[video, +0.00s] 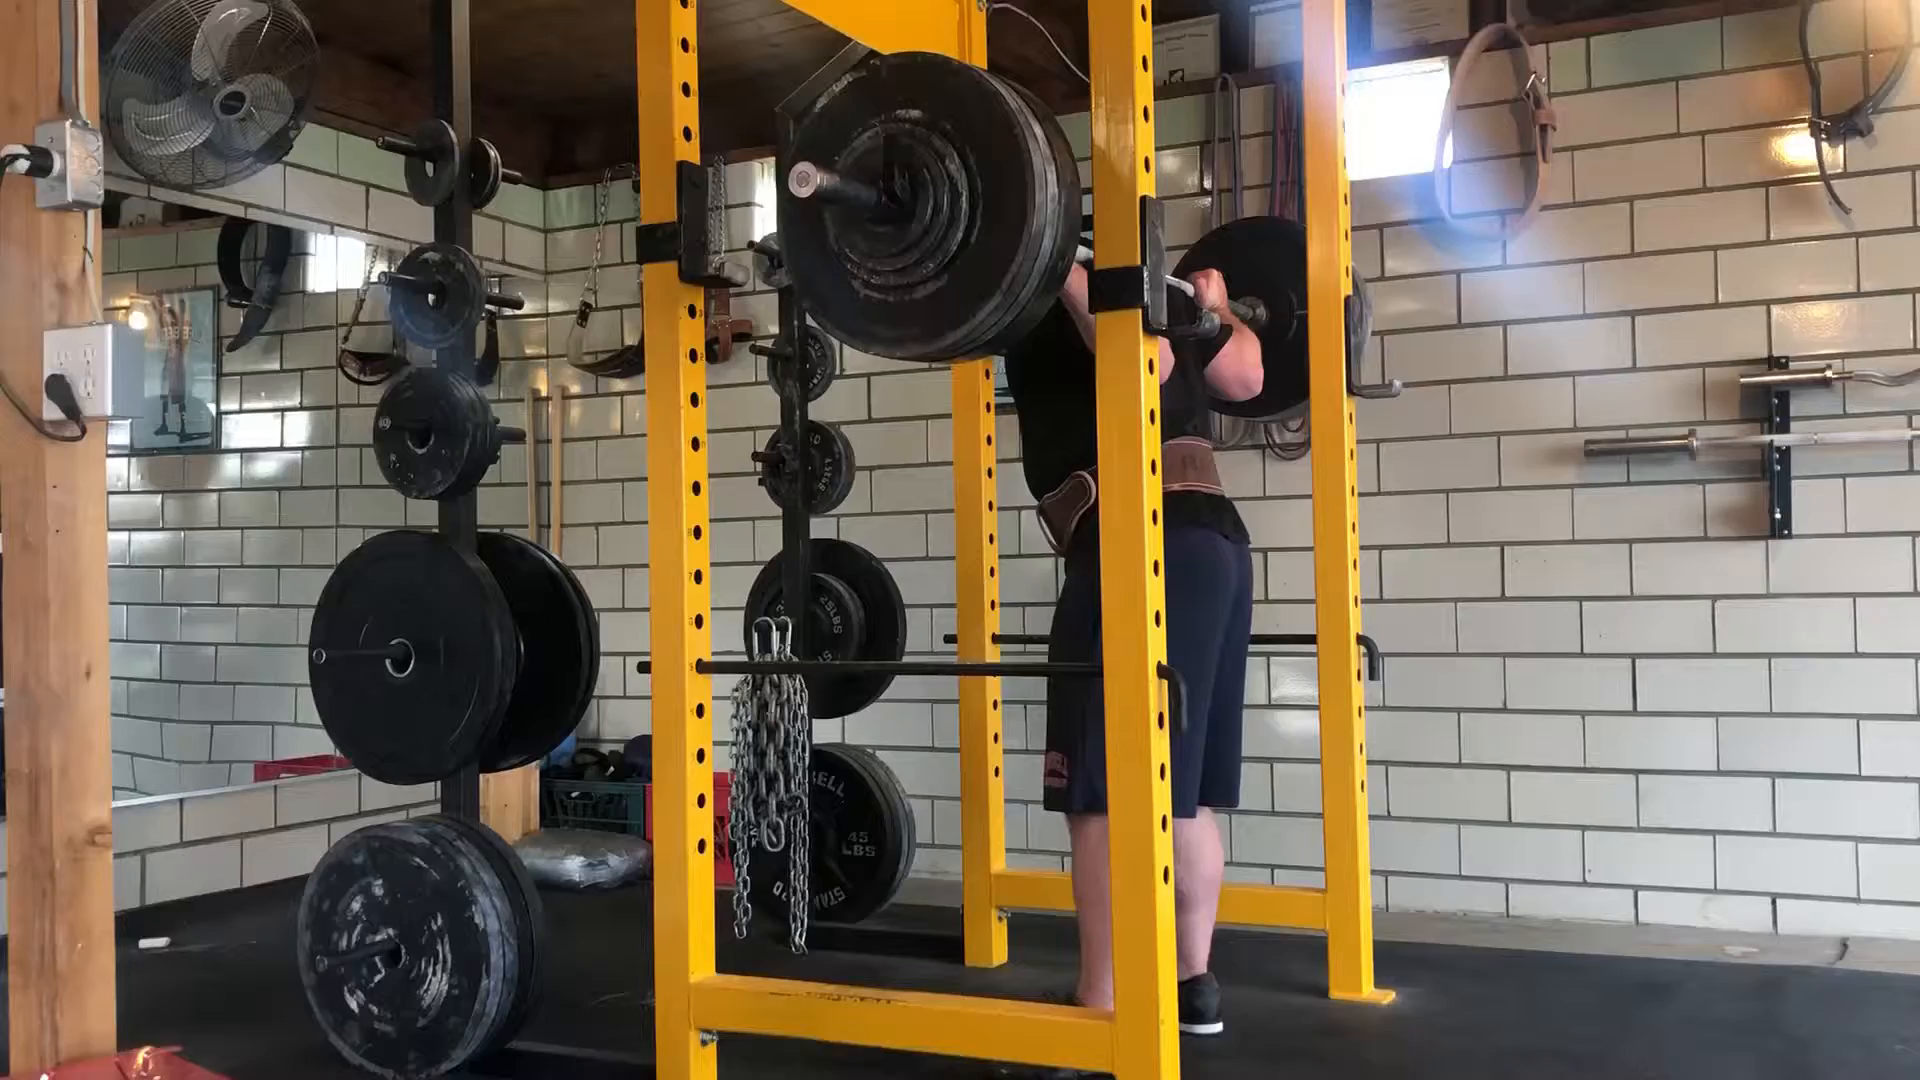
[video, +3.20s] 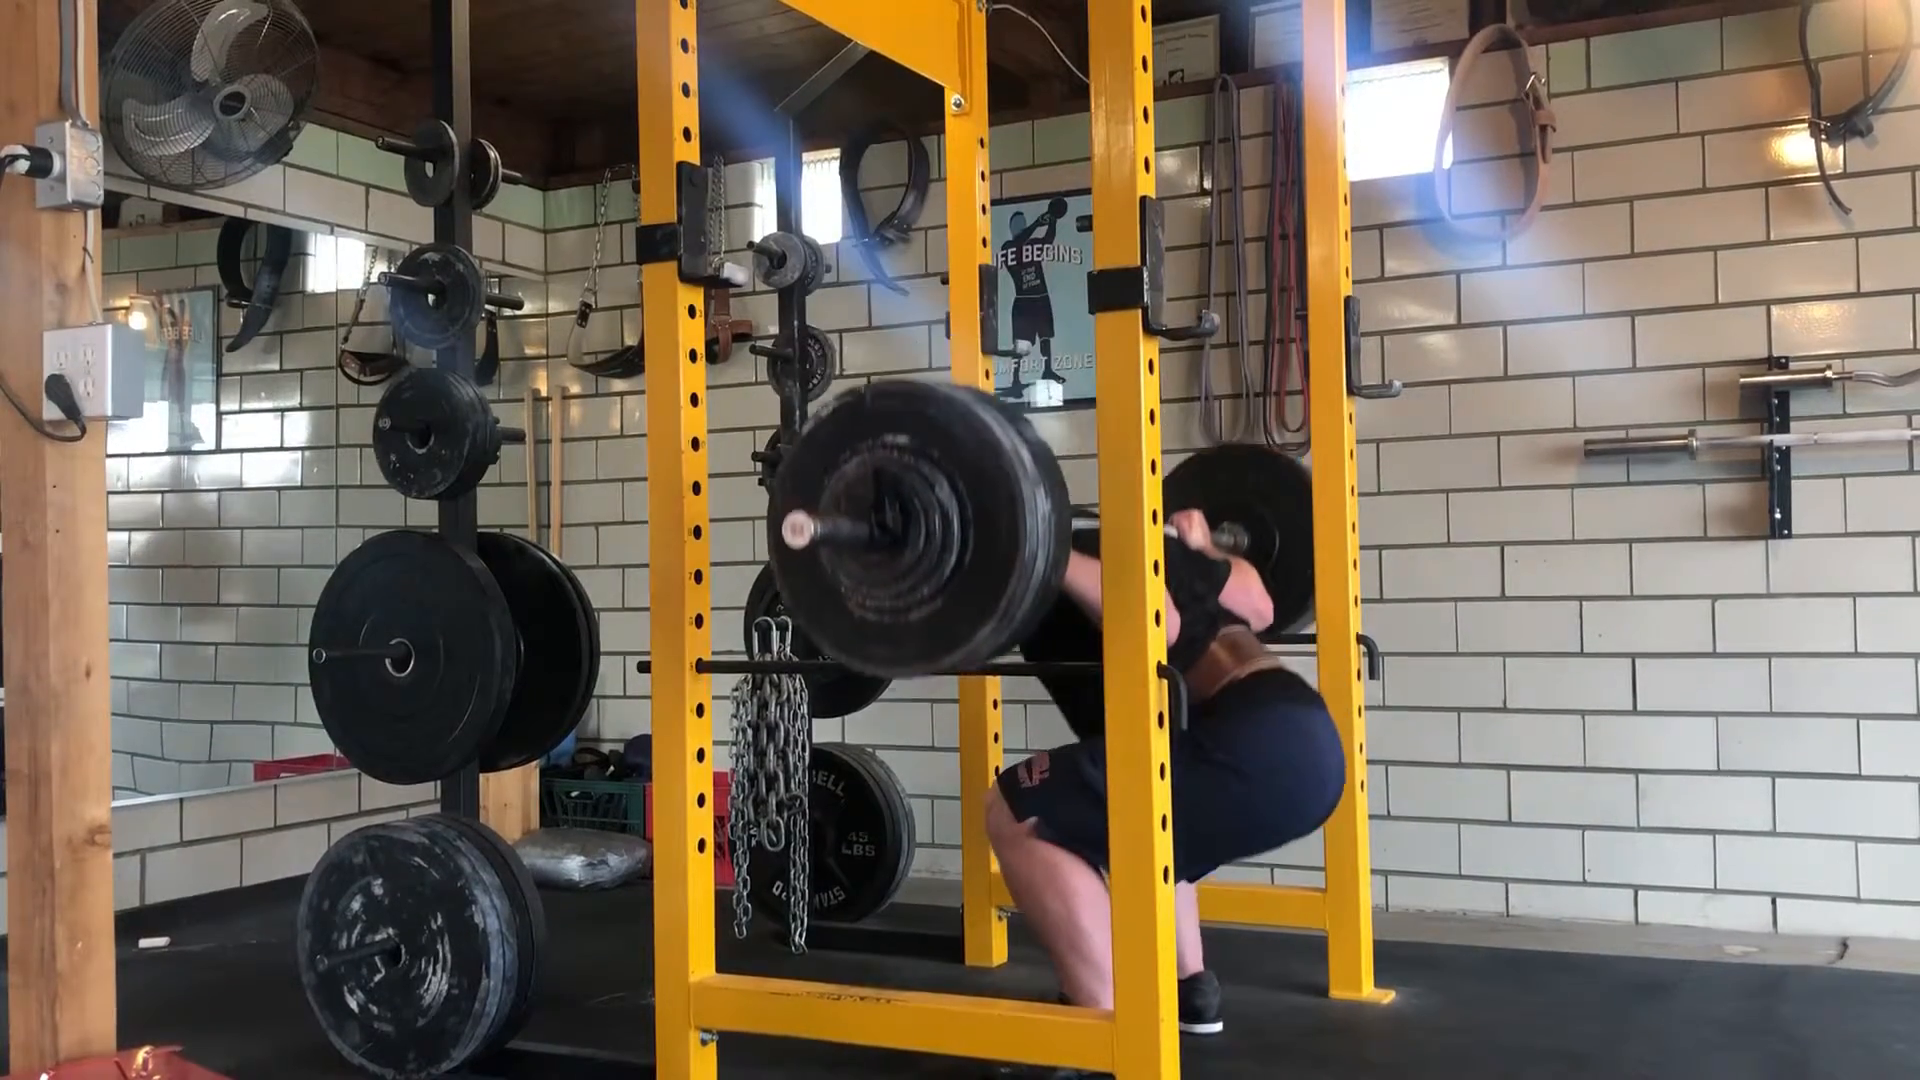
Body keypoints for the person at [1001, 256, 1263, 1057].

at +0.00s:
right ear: (1094, 229)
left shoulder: (1052, 286)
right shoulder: (1163, 296)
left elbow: (1145, 367)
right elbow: (1247, 376)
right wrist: (1217, 308)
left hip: (1127, 539)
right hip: (1210, 541)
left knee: (1094, 786)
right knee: (1190, 786)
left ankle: (1100, 1000)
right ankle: (1194, 983)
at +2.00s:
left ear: (1024, 244)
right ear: (1067, 234)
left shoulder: (1050, 297)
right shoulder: (1159, 298)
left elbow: (1134, 373)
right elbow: (1246, 379)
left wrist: (1051, 281)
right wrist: (1211, 307)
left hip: (1132, 539)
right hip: (1218, 546)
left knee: (1085, 782)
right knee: (1190, 783)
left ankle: (1100, 1000)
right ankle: (1194, 985)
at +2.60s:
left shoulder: (1073, 395)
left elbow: (1167, 457)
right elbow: (1259, 458)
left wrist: (1048, 375)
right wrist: (1209, 393)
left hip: (1234, 601)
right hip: (1291, 602)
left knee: (1064, 786)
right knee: (1185, 795)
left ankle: (1099, 1006)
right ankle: (1192, 986)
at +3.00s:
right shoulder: (1144, 496)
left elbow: (1163, 568)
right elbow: (1262, 555)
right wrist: (1216, 505)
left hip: (1261, 694)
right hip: (1310, 694)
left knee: (1036, 802)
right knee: (1169, 812)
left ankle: (1102, 1021)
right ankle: (1190, 982)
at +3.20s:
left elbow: (1161, 626)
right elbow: (1259, 603)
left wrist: (1041, 545)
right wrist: (1203, 550)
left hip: (1266, 744)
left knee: (1016, 810)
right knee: (1145, 812)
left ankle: (1104, 1029)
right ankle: (1188, 983)